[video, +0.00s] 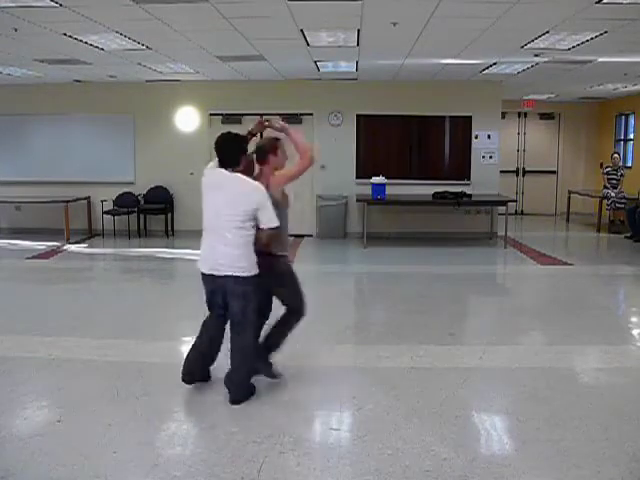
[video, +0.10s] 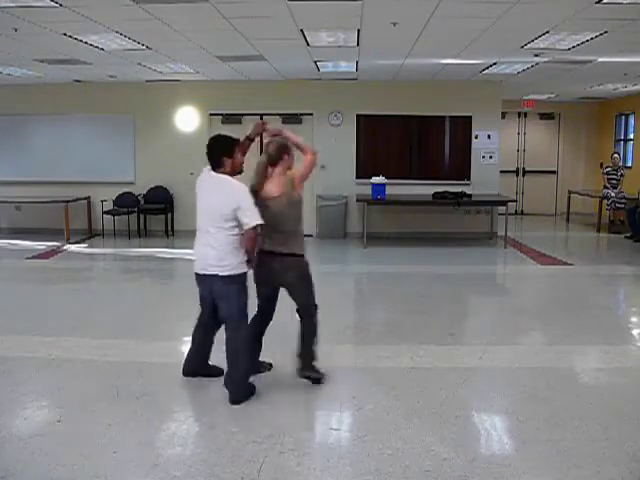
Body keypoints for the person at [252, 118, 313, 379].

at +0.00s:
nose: (283, 158)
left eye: (281, 153)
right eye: (279, 153)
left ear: (262, 157)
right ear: (271, 156)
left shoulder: (252, 180)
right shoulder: (275, 180)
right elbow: (306, 159)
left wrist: (256, 132)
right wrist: (288, 131)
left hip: (256, 256)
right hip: (274, 258)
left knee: (259, 312)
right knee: (296, 308)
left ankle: (248, 358)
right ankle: (263, 354)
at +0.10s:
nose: (292, 162)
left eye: (291, 158)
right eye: (290, 157)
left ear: (267, 160)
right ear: (286, 159)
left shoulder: (257, 188)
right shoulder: (292, 182)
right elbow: (311, 155)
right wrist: (287, 135)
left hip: (265, 259)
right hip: (292, 260)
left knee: (263, 312)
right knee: (308, 311)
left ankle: (248, 359)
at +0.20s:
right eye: (303, 154)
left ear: (279, 158)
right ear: (301, 157)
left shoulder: (275, 185)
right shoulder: (312, 176)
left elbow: (257, 224)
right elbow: (304, 159)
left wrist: (248, 253)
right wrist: (273, 148)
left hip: (282, 259)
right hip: (311, 259)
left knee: (269, 312)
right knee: (315, 313)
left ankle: (252, 363)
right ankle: (333, 369)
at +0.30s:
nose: (292, 159)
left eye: (291, 156)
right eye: (300, 152)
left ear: (290, 157)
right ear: (312, 152)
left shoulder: (297, 187)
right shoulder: (325, 179)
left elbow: (275, 225)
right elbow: (298, 181)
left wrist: (254, 242)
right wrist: (269, 180)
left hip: (299, 263)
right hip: (326, 261)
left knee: (282, 313)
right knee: (323, 314)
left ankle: (277, 368)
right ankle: (333, 372)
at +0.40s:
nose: (294, 159)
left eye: (295, 155)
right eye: (295, 155)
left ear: (300, 156)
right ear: (316, 152)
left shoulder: (309, 186)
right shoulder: (329, 180)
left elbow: (290, 220)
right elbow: (303, 205)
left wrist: (264, 228)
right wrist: (276, 197)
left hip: (314, 262)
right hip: (334, 257)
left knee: (294, 313)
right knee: (325, 314)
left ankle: (311, 369)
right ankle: (339, 372)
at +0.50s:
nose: (297, 156)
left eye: (298, 152)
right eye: (298, 151)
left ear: (304, 153)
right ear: (318, 152)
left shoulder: (317, 184)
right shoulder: (327, 180)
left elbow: (296, 219)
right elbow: (301, 213)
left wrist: (270, 214)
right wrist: (272, 207)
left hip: (324, 263)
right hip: (332, 258)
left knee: (310, 318)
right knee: (325, 316)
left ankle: (342, 377)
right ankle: (343, 372)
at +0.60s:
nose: (297, 156)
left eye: (298, 151)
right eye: (298, 151)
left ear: (305, 153)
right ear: (318, 152)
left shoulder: (318, 184)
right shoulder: (326, 180)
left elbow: (297, 218)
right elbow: (304, 216)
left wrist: (271, 210)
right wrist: (276, 210)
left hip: (329, 263)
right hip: (325, 261)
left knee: (326, 321)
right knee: (320, 318)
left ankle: (355, 382)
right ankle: (341, 370)